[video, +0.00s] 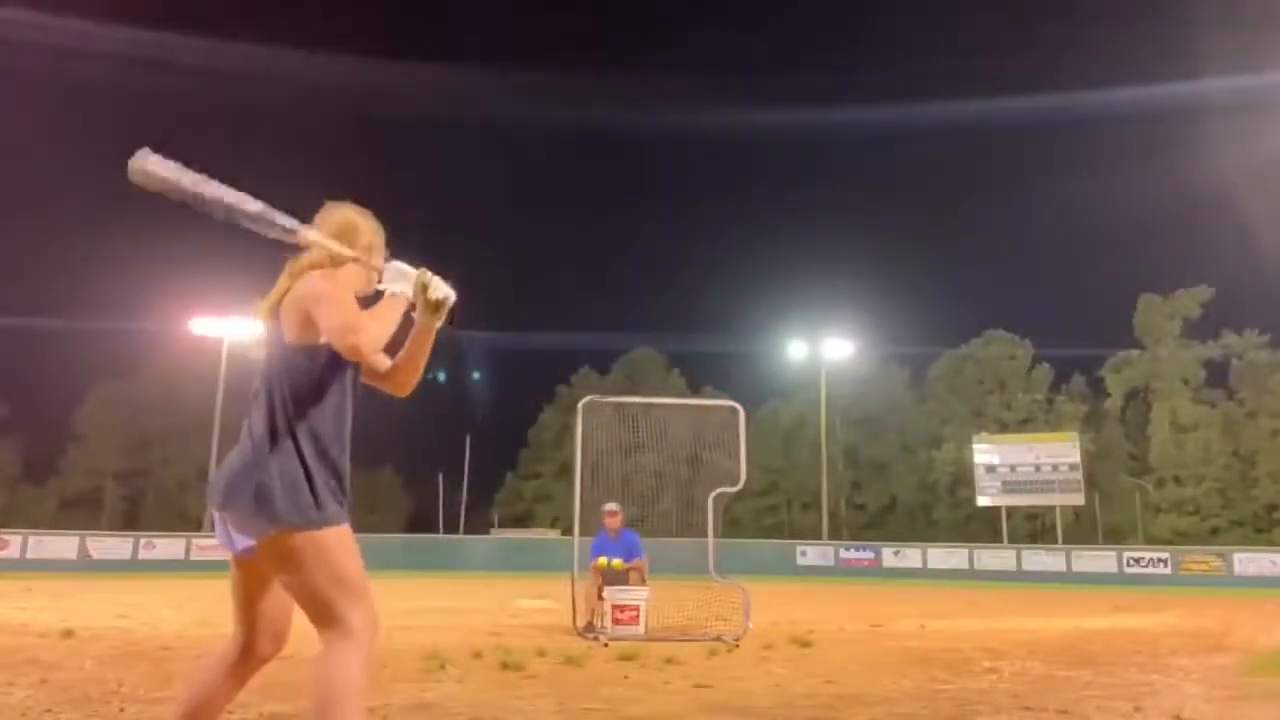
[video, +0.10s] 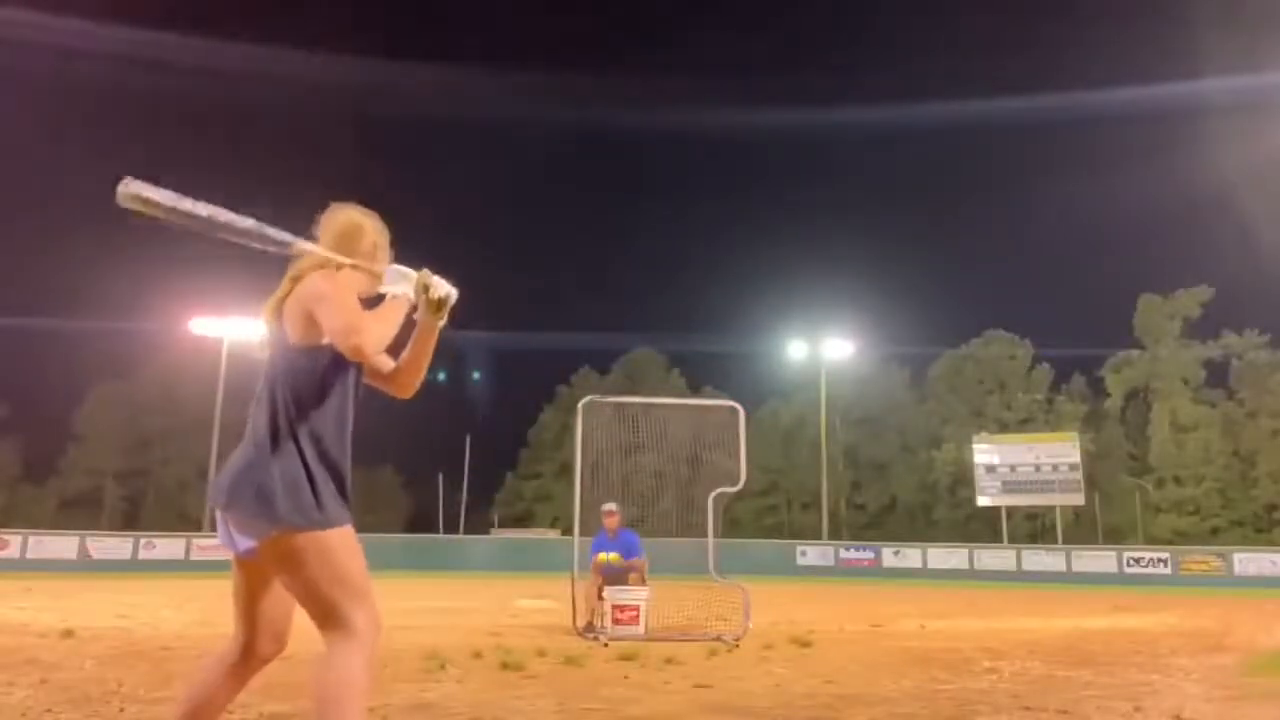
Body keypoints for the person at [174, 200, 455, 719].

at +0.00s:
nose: (379, 269)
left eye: (380, 260)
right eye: (377, 258)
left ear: (321, 246)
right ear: (358, 250)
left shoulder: (303, 295)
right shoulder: (327, 279)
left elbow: (400, 381)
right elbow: (356, 339)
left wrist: (430, 320)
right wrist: (398, 296)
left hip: (250, 485)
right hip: (287, 488)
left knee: (258, 640)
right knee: (352, 627)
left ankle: (185, 713)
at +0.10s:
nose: (385, 269)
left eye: (385, 260)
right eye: (383, 258)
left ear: (329, 247)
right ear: (367, 252)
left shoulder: (312, 298)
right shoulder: (326, 281)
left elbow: (403, 383)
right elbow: (360, 340)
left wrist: (433, 320)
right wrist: (403, 298)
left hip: (253, 486)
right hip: (288, 486)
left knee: (258, 642)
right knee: (355, 628)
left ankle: (185, 714)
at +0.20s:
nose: (391, 268)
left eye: (391, 259)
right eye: (389, 257)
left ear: (334, 248)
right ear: (375, 254)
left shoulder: (317, 297)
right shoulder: (333, 283)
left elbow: (407, 384)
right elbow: (363, 342)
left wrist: (437, 323)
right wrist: (408, 300)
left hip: (255, 484)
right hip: (288, 485)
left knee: (258, 643)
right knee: (357, 630)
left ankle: (184, 714)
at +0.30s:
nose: (401, 273)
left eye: (402, 265)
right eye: (401, 262)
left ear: (346, 249)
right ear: (389, 256)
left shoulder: (329, 297)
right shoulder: (342, 283)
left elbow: (416, 387)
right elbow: (371, 345)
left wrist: (449, 328)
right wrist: (422, 302)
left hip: (257, 485)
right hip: (292, 486)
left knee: (259, 641)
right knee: (359, 631)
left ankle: (183, 714)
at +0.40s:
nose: (411, 274)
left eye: (413, 266)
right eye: (410, 262)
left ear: (356, 248)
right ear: (395, 255)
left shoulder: (338, 298)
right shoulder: (352, 280)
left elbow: (421, 389)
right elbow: (373, 344)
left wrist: (462, 336)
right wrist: (436, 306)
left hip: (262, 482)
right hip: (297, 484)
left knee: (261, 641)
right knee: (364, 631)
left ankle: (186, 712)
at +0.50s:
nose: (430, 275)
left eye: (432, 266)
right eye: (430, 262)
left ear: (381, 247)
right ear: (414, 253)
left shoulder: (374, 309)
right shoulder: (360, 281)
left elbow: (427, 395)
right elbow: (382, 342)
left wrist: (478, 351)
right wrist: (452, 314)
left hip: (281, 480)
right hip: (307, 481)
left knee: (285, 637)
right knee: (374, 632)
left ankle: (199, 713)